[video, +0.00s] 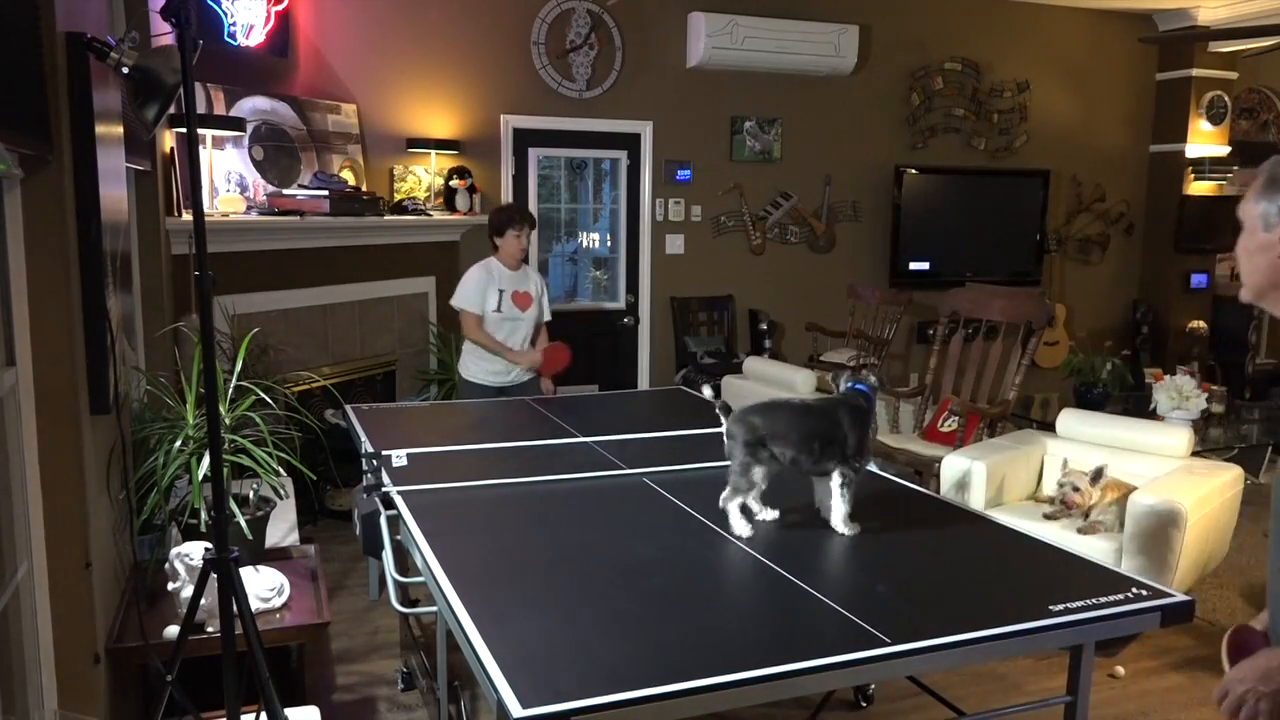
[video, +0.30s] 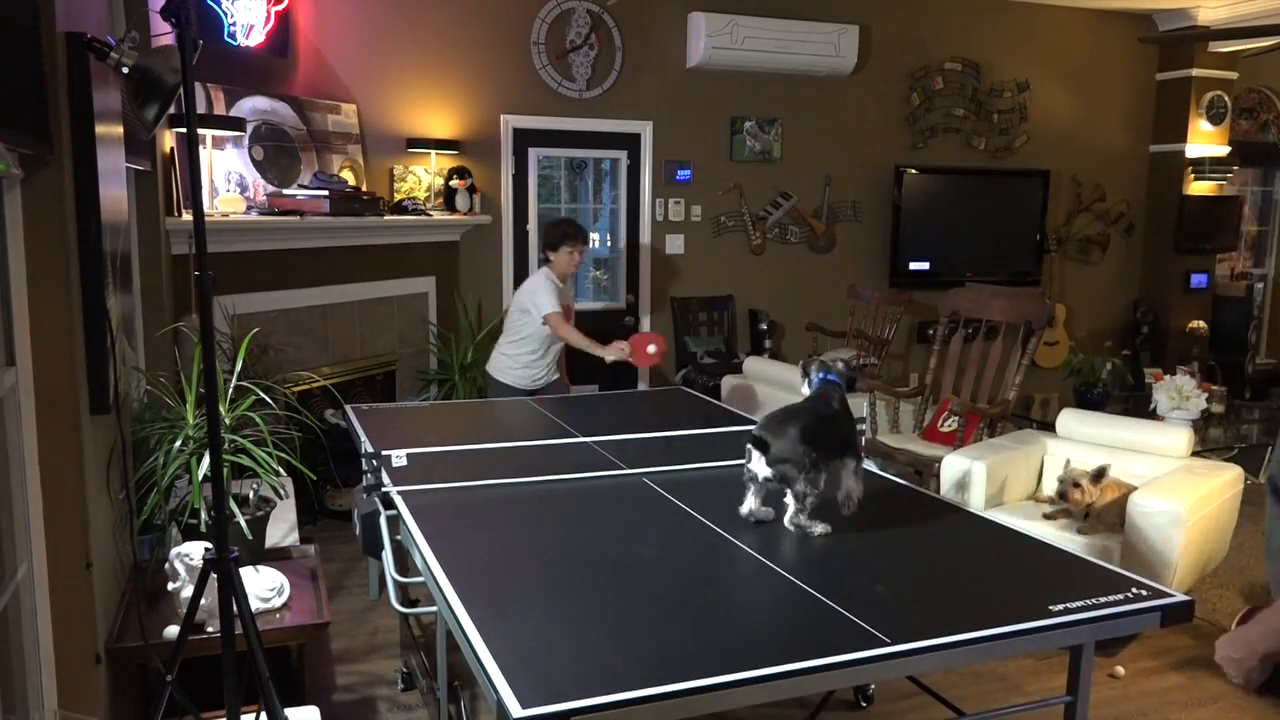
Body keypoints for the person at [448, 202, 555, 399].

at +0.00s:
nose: (525, 244)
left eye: (527, 236)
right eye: (517, 237)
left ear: (530, 237)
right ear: (497, 239)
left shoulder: (535, 279)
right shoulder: (479, 275)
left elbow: (540, 330)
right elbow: (471, 329)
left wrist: (545, 373)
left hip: (523, 380)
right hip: (480, 381)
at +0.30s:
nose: (578, 259)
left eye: (580, 252)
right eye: (570, 252)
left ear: (584, 252)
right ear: (550, 253)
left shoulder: (566, 283)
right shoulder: (541, 284)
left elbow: (559, 337)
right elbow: (560, 328)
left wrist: (561, 376)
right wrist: (603, 351)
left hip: (546, 378)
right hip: (510, 380)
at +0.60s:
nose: (605, 263)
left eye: (611, 257)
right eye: (599, 255)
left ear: (615, 262)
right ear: (582, 255)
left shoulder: (602, 299)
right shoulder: (561, 279)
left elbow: (592, 345)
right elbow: (521, 314)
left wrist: (585, 386)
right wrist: (537, 348)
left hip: (561, 379)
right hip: (521, 373)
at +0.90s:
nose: (561, 252)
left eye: (568, 247)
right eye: (555, 245)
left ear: (573, 253)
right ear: (542, 248)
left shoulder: (575, 292)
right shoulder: (516, 273)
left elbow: (579, 345)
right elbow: (483, 311)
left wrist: (578, 391)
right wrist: (515, 341)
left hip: (548, 375)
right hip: (505, 374)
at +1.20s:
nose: (520, 243)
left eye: (528, 237)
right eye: (515, 235)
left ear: (536, 242)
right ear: (504, 238)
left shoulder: (544, 277)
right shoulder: (490, 270)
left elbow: (551, 329)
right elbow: (474, 304)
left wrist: (548, 380)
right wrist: (475, 332)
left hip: (528, 374)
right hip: (490, 371)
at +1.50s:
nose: (506, 249)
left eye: (513, 243)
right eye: (501, 242)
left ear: (526, 245)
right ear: (494, 243)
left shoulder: (541, 278)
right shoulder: (481, 277)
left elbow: (548, 333)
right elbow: (461, 314)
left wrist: (523, 376)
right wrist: (449, 348)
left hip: (536, 376)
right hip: (494, 376)